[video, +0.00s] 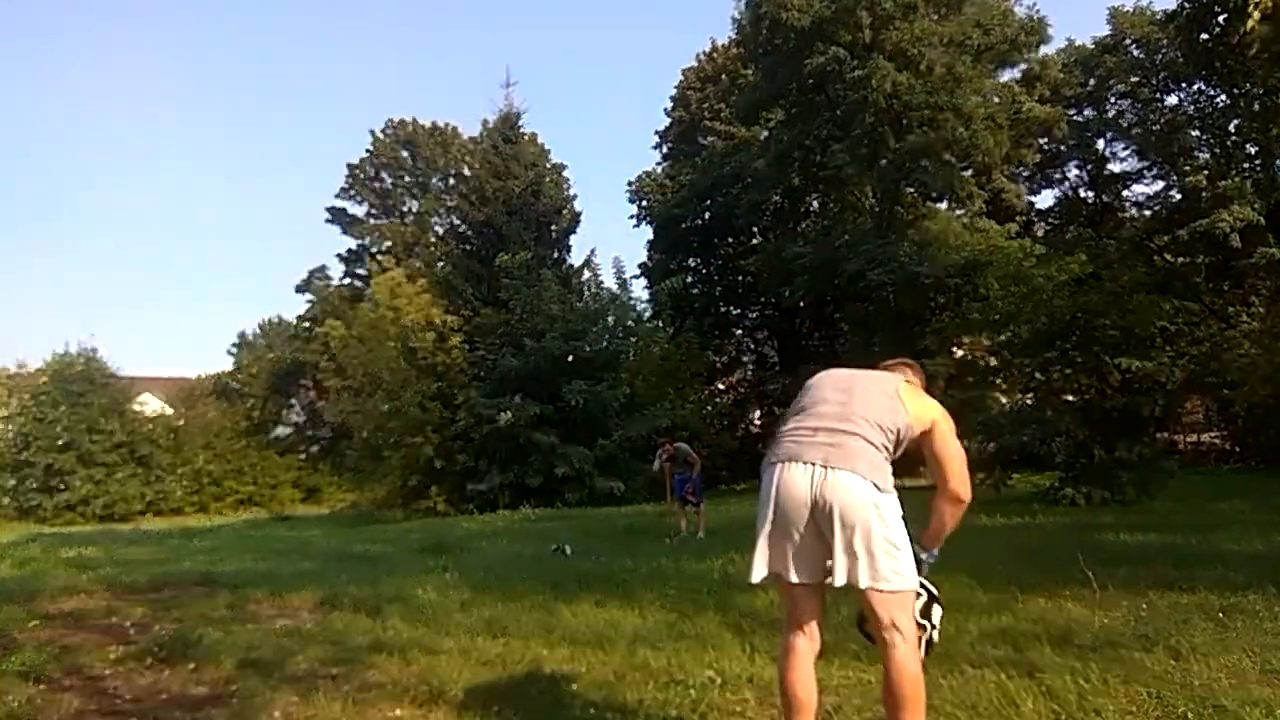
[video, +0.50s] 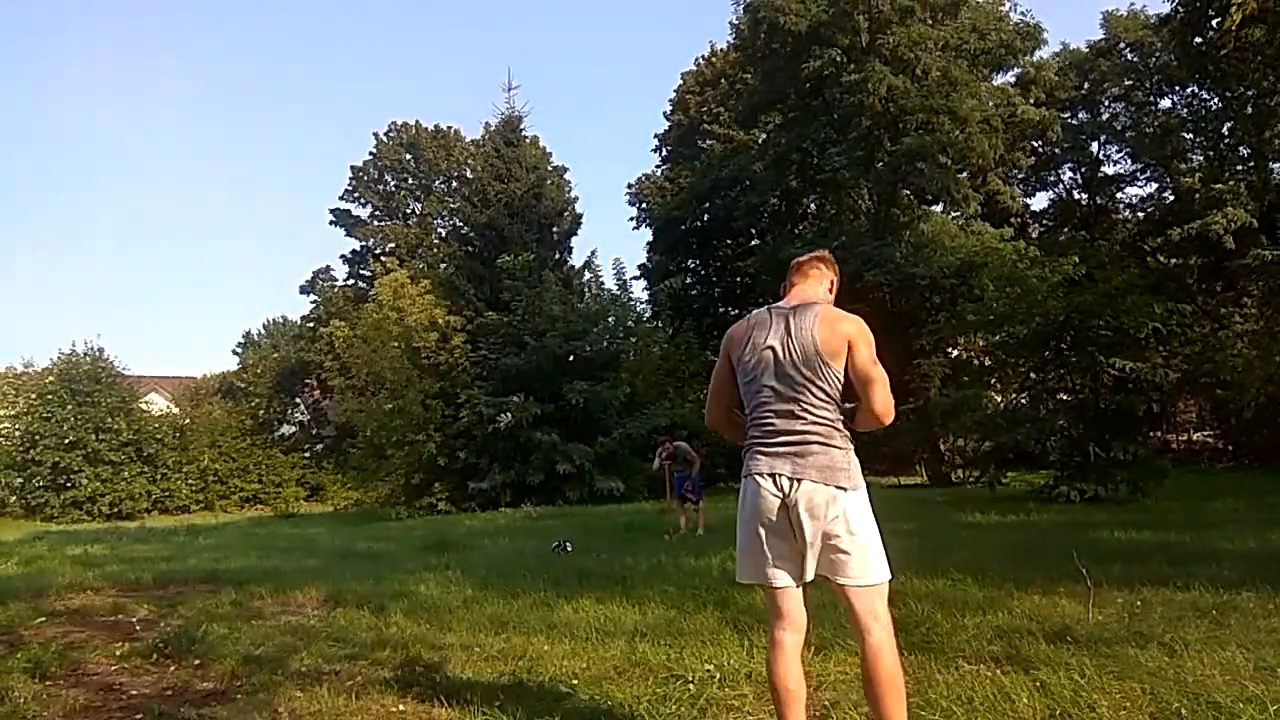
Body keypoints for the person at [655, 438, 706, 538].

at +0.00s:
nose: (666, 453)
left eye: (668, 450)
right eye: (664, 451)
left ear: (672, 446)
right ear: (662, 450)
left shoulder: (682, 448)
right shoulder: (661, 454)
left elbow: (697, 462)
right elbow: (655, 469)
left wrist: (693, 481)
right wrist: (660, 460)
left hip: (691, 473)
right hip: (678, 476)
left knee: (698, 504)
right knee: (680, 504)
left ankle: (701, 531)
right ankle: (683, 531)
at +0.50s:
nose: (667, 451)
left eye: (668, 448)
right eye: (665, 449)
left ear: (672, 444)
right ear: (662, 449)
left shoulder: (682, 447)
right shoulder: (661, 451)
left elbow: (696, 461)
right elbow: (655, 468)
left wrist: (692, 479)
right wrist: (660, 457)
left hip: (691, 472)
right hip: (678, 474)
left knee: (697, 502)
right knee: (679, 502)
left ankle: (700, 528)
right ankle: (683, 528)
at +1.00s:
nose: (666, 451)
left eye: (668, 448)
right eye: (664, 450)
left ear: (672, 445)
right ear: (662, 449)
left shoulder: (682, 447)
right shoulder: (661, 452)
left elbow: (696, 461)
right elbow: (655, 468)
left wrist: (692, 479)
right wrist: (660, 459)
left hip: (691, 472)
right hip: (678, 474)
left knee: (697, 501)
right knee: (679, 501)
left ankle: (700, 527)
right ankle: (683, 528)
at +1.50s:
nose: (666, 451)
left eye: (667, 449)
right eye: (664, 449)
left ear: (672, 445)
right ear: (661, 449)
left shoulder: (682, 447)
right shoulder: (660, 452)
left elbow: (696, 461)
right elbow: (655, 469)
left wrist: (692, 480)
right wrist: (661, 464)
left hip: (690, 472)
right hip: (677, 475)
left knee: (697, 501)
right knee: (679, 502)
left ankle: (700, 528)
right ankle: (683, 528)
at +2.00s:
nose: (667, 452)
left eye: (668, 449)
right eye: (664, 450)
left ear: (672, 445)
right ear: (661, 449)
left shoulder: (682, 447)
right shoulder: (660, 451)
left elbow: (696, 462)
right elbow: (653, 467)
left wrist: (692, 480)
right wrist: (660, 458)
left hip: (690, 473)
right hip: (677, 475)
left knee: (697, 501)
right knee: (679, 502)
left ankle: (700, 527)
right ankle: (683, 528)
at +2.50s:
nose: (667, 452)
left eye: (668, 449)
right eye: (664, 450)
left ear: (671, 446)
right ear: (661, 449)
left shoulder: (682, 447)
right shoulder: (660, 451)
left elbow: (696, 462)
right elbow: (650, 466)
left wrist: (692, 480)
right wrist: (659, 459)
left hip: (690, 473)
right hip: (677, 475)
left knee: (697, 501)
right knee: (679, 502)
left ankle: (700, 528)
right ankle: (683, 528)